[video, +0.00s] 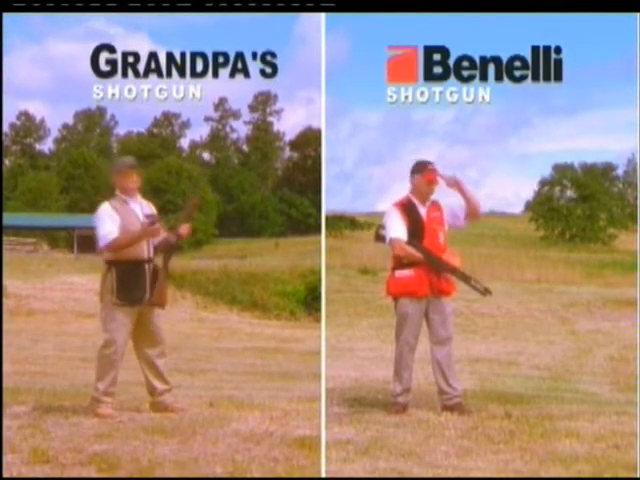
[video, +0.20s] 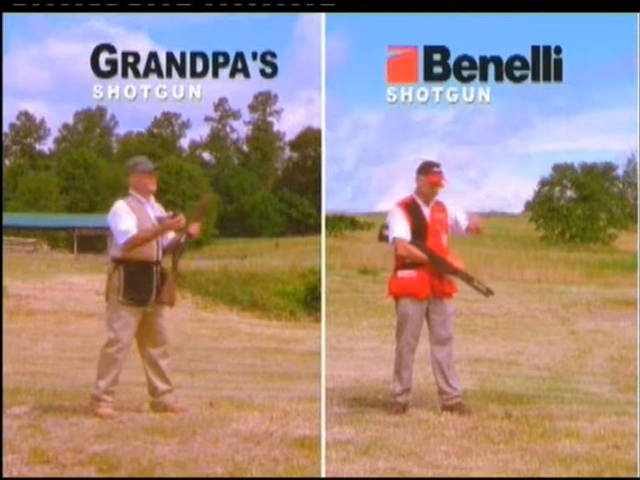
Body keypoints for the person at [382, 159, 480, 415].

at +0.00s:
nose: (432, 187)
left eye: (435, 182)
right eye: (428, 181)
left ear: (435, 183)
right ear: (414, 180)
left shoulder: (440, 209)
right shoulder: (397, 211)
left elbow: (473, 214)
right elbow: (398, 249)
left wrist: (460, 189)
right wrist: (434, 261)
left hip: (438, 282)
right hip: (410, 283)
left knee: (443, 340)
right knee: (406, 343)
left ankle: (451, 397)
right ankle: (401, 396)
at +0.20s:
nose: (436, 189)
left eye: (439, 184)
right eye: (432, 183)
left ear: (441, 185)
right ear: (419, 181)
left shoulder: (444, 210)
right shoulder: (401, 210)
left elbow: (465, 225)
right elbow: (402, 249)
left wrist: (474, 225)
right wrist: (435, 262)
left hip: (440, 281)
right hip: (411, 282)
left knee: (443, 340)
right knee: (407, 343)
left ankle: (450, 397)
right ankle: (400, 397)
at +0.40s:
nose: (441, 190)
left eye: (445, 186)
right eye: (437, 185)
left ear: (448, 186)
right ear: (425, 182)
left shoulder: (449, 210)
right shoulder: (406, 209)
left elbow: (470, 237)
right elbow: (407, 246)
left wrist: (469, 265)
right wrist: (439, 264)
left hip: (442, 283)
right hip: (412, 283)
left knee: (444, 342)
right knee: (407, 343)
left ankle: (451, 397)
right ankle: (400, 396)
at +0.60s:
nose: (447, 192)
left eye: (451, 187)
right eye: (443, 187)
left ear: (454, 187)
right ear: (430, 183)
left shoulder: (454, 211)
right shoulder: (411, 208)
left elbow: (466, 247)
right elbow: (412, 245)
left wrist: (463, 273)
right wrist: (442, 269)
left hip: (443, 283)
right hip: (413, 282)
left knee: (444, 342)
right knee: (407, 342)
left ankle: (451, 397)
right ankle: (400, 397)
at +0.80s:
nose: (450, 191)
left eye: (453, 187)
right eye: (445, 186)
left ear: (456, 187)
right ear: (433, 183)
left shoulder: (457, 212)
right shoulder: (414, 208)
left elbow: (471, 253)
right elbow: (413, 246)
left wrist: (456, 248)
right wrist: (444, 277)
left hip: (443, 282)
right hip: (413, 280)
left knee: (445, 342)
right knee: (407, 341)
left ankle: (450, 397)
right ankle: (400, 396)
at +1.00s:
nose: (448, 188)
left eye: (451, 183)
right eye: (443, 182)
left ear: (453, 184)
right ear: (430, 182)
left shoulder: (455, 210)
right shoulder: (412, 208)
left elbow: (462, 254)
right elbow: (414, 248)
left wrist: (461, 247)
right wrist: (445, 278)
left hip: (443, 280)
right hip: (414, 279)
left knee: (445, 340)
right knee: (407, 340)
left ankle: (450, 396)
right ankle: (400, 395)